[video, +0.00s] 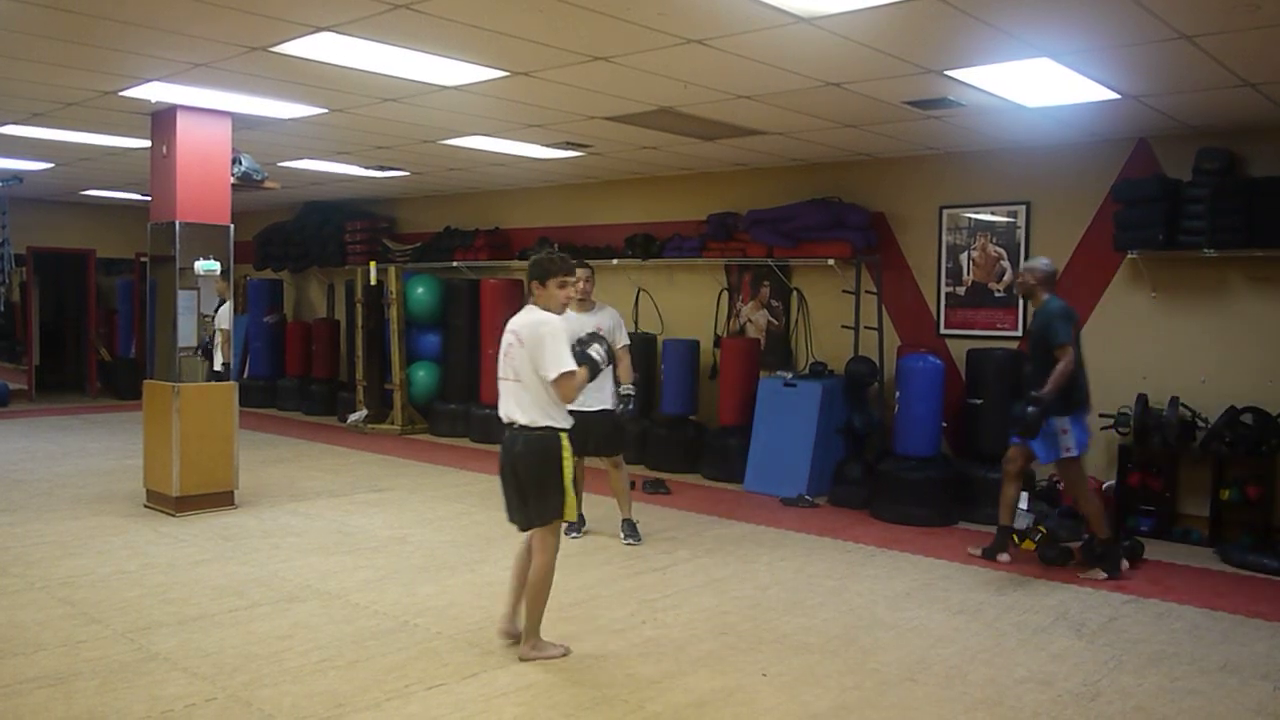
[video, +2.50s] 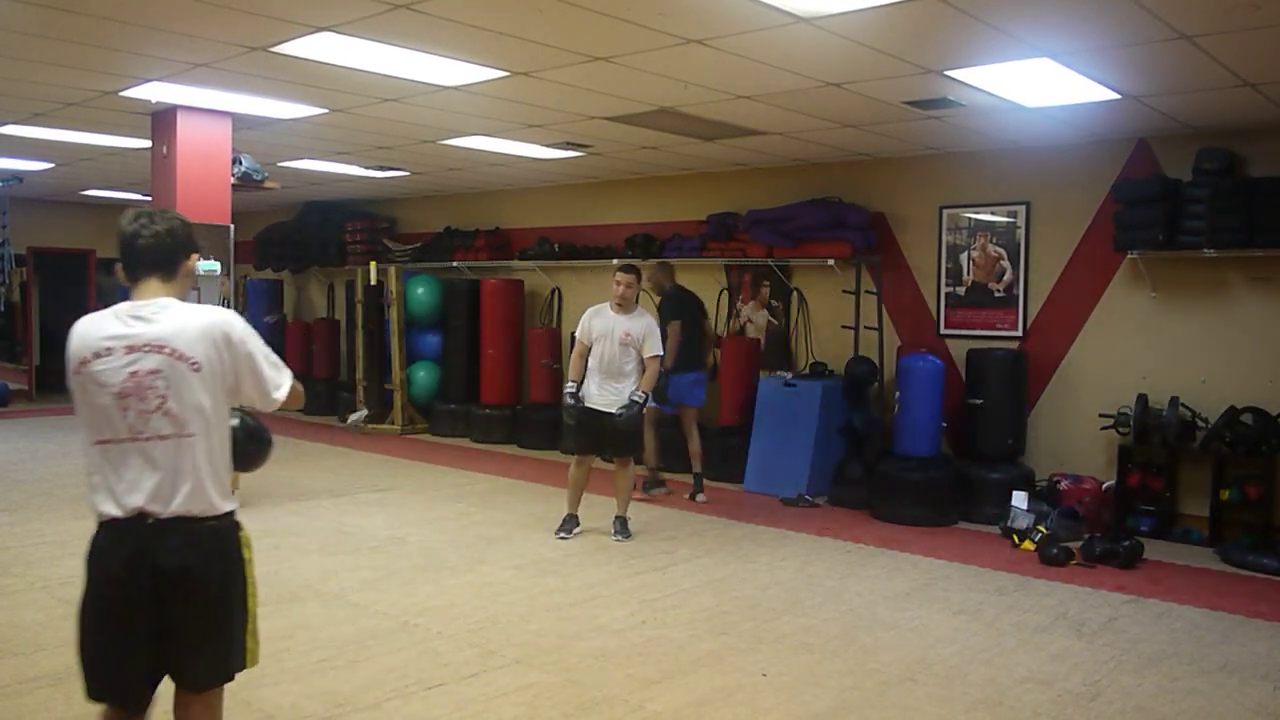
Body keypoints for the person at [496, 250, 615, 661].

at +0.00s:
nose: (572, 292)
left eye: (573, 285)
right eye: (564, 285)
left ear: (536, 290)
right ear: (537, 288)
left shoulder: (518, 322)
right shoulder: (546, 326)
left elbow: (539, 381)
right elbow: (566, 390)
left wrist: (580, 361)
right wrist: (593, 362)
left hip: (516, 439)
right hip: (545, 443)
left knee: (535, 536)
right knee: (546, 542)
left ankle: (510, 622)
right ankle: (531, 640)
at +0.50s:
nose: (494, 300)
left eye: (494, 292)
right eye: (490, 292)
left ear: (456, 289)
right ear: (469, 289)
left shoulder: (429, 327)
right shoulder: (466, 325)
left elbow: (446, 398)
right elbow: (505, 382)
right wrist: (523, 363)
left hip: (431, 458)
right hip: (469, 460)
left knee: (425, 563)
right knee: (505, 554)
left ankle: (416, 669)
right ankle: (493, 658)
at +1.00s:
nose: (442, 293)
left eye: (441, 286)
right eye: (442, 286)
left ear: (396, 281)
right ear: (435, 286)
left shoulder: (363, 327)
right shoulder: (435, 337)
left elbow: (367, 398)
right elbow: (476, 415)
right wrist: (478, 393)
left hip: (374, 470)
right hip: (424, 473)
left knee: (398, 583)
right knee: (411, 600)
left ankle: (401, 687)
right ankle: (394, 712)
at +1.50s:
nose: (362, 290)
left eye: (362, 283)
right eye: (361, 282)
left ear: (307, 281)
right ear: (350, 280)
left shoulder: (280, 338)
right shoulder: (362, 336)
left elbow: (315, 404)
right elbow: (440, 398)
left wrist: (389, 428)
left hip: (311, 499)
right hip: (371, 501)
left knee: (316, 631)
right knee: (384, 629)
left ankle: (300, 717)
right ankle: (395, 717)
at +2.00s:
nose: (277, 282)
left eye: (276, 276)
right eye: (275, 275)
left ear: (216, 282)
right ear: (268, 276)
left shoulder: (188, 344)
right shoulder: (302, 329)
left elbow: (207, 416)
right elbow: (365, 388)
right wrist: (328, 427)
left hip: (224, 522)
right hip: (295, 521)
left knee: (252, 660)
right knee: (305, 663)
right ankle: (280, 714)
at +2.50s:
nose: (197, 268)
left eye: (193, 259)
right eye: (195, 260)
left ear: (122, 270)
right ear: (188, 264)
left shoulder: (82, 336)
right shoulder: (218, 327)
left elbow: (109, 424)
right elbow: (290, 396)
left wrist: (214, 440)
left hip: (119, 548)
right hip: (204, 547)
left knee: (121, 703)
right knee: (200, 699)